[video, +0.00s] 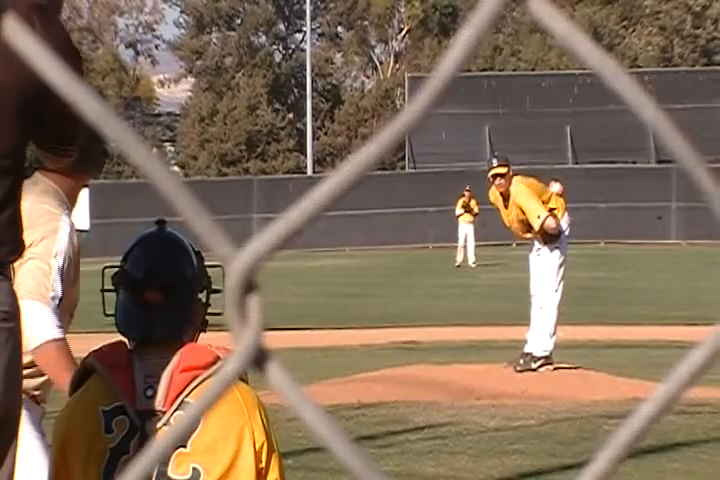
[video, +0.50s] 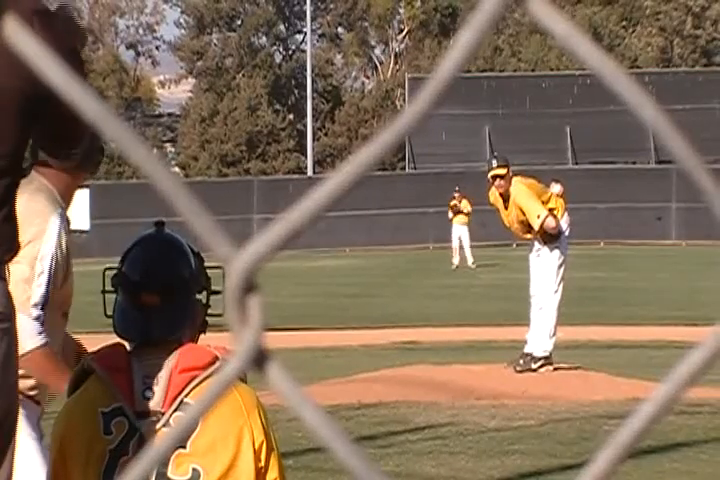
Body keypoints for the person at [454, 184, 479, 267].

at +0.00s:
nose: (467, 193)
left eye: (469, 191)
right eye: (466, 191)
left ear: (471, 193)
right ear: (464, 192)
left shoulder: (473, 201)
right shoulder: (461, 201)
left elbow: (476, 212)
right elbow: (457, 213)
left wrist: (470, 209)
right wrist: (464, 209)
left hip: (470, 223)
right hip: (462, 222)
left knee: (471, 242)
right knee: (461, 242)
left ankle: (471, 260)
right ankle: (459, 260)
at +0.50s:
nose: (457, 195)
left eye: (458, 193)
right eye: (455, 193)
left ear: (461, 194)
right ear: (453, 194)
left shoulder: (464, 201)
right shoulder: (452, 203)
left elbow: (469, 210)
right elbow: (450, 216)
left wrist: (461, 209)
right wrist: (454, 210)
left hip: (464, 224)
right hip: (455, 224)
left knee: (466, 243)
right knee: (455, 244)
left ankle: (470, 261)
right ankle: (455, 261)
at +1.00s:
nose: (452, 194)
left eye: (453, 192)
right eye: (451, 192)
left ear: (455, 193)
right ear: (449, 193)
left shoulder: (459, 201)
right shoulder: (449, 201)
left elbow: (463, 210)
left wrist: (454, 209)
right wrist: (445, 213)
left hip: (458, 222)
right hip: (451, 222)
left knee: (458, 241)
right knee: (452, 242)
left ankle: (459, 260)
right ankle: (454, 260)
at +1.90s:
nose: (450, 195)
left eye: (451, 193)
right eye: (448, 193)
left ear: (453, 194)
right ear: (447, 194)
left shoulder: (456, 202)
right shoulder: (444, 203)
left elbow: (459, 212)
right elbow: (441, 211)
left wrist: (458, 220)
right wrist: (442, 218)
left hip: (455, 222)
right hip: (447, 223)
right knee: (445, 243)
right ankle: (445, 261)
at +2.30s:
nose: (444, 195)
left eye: (445, 193)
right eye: (442, 193)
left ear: (447, 194)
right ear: (440, 194)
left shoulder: (451, 202)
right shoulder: (439, 203)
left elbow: (457, 214)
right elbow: (435, 214)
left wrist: (461, 224)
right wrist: (441, 205)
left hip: (451, 224)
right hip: (443, 224)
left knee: (453, 243)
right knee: (444, 244)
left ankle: (453, 261)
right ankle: (445, 262)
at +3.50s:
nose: (453, 196)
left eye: (454, 194)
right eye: (452, 194)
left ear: (456, 195)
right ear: (449, 194)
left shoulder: (459, 203)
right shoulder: (446, 203)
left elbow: (463, 214)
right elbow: (442, 214)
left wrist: (465, 226)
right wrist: (448, 212)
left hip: (457, 224)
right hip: (449, 224)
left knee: (457, 244)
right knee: (449, 244)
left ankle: (456, 263)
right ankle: (449, 261)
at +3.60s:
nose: (453, 195)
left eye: (454, 193)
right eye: (451, 193)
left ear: (456, 195)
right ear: (449, 194)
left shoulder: (459, 203)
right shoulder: (446, 203)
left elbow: (463, 214)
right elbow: (443, 212)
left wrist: (464, 224)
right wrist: (445, 219)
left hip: (456, 224)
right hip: (449, 224)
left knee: (456, 244)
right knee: (448, 244)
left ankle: (457, 262)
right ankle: (449, 262)